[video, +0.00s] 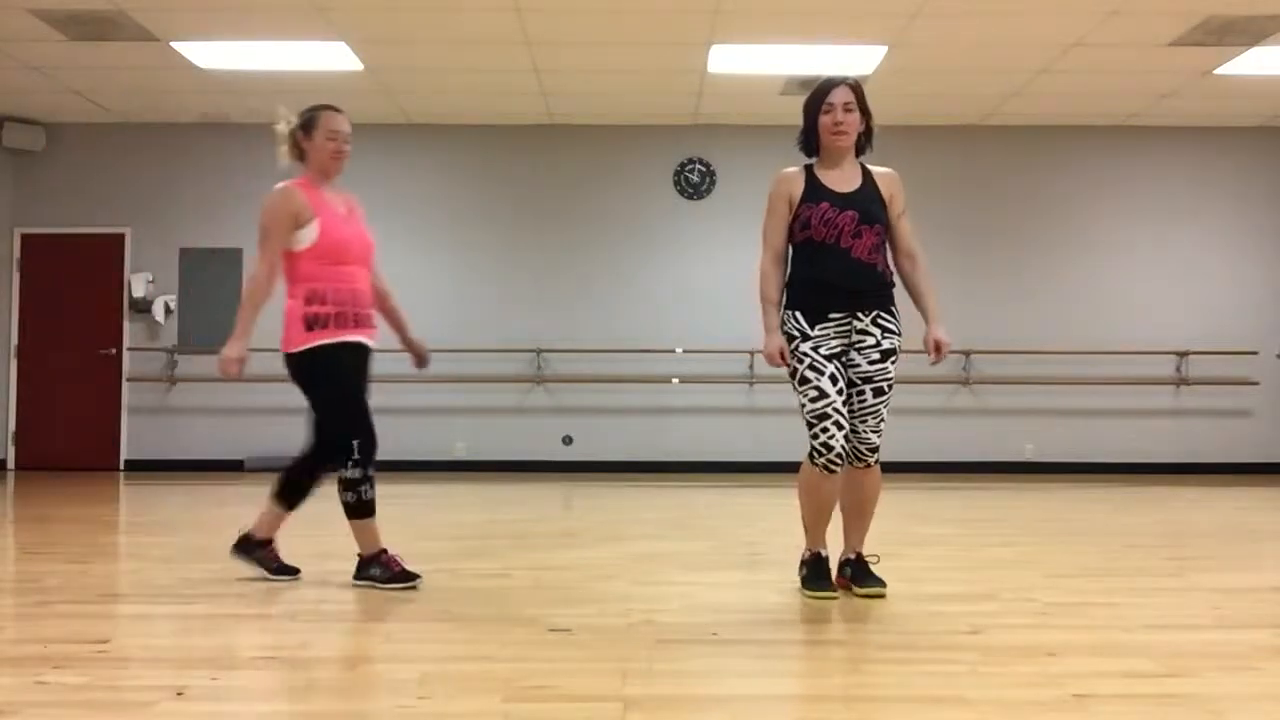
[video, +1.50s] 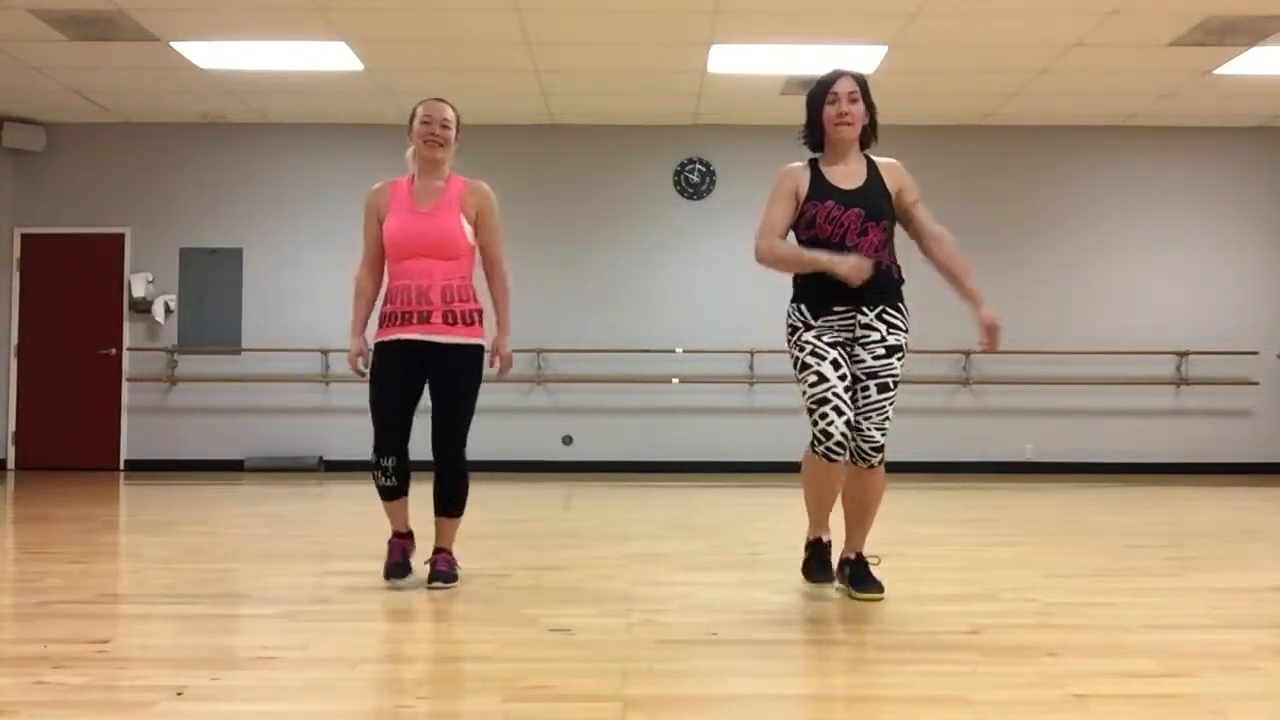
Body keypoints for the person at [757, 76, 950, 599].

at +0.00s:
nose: (840, 118)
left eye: (849, 109)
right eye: (829, 110)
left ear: (864, 120)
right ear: (813, 120)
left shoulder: (885, 183)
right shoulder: (791, 183)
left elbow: (908, 258)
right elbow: (773, 259)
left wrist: (932, 321)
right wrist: (771, 328)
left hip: (875, 326)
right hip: (810, 327)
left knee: (865, 444)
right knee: (830, 441)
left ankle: (854, 558)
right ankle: (814, 556)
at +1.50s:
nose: (845, 108)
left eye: (854, 100)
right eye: (835, 101)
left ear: (869, 112)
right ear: (817, 114)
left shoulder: (891, 174)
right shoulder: (796, 177)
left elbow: (935, 241)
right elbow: (766, 249)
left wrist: (979, 304)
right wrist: (831, 260)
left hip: (881, 318)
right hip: (817, 319)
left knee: (870, 438)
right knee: (832, 431)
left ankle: (854, 556)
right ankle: (818, 539)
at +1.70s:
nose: (840, 113)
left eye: (849, 104)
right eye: (830, 105)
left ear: (863, 116)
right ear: (812, 117)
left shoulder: (883, 176)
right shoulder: (793, 177)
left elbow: (950, 214)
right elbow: (762, 221)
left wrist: (1020, 250)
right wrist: (834, 229)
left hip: (878, 324)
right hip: (814, 325)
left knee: (871, 443)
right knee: (835, 440)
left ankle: (854, 558)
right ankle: (818, 555)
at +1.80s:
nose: (842, 109)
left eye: (850, 100)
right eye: (831, 101)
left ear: (864, 113)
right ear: (812, 114)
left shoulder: (882, 171)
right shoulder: (794, 167)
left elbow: (959, 191)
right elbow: (753, 191)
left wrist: (1037, 205)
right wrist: (796, 203)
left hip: (877, 317)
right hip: (813, 319)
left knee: (882, 439)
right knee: (833, 438)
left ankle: (855, 551)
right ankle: (817, 555)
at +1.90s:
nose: (842, 106)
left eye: (851, 98)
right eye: (831, 99)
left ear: (864, 112)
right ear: (814, 112)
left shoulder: (885, 168)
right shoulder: (795, 165)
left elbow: (958, 175)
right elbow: (753, 168)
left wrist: (1015, 164)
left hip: (877, 314)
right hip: (814, 316)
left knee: (893, 429)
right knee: (828, 435)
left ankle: (859, 537)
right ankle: (817, 556)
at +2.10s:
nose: (851, 108)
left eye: (859, 100)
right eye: (840, 100)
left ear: (872, 113)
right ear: (821, 113)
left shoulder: (892, 173)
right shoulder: (801, 169)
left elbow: (974, 169)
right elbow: (731, 159)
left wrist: (920, 154)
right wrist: (661, 150)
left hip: (885, 321)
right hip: (821, 321)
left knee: (881, 441)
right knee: (834, 440)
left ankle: (861, 557)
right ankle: (819, 557)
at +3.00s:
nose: (847, 108)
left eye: (856, 99)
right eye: (837, 100)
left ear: (871, 111)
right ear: (820, 112)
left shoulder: (893, 164)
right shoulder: (798, 166)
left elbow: (964, 158)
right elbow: (730, 160)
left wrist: (962, 139)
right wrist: (684, 139)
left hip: (882, 317)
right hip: (817, 317)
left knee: (876, 441)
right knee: (827, 438)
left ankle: (859, 556)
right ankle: (813, 560)